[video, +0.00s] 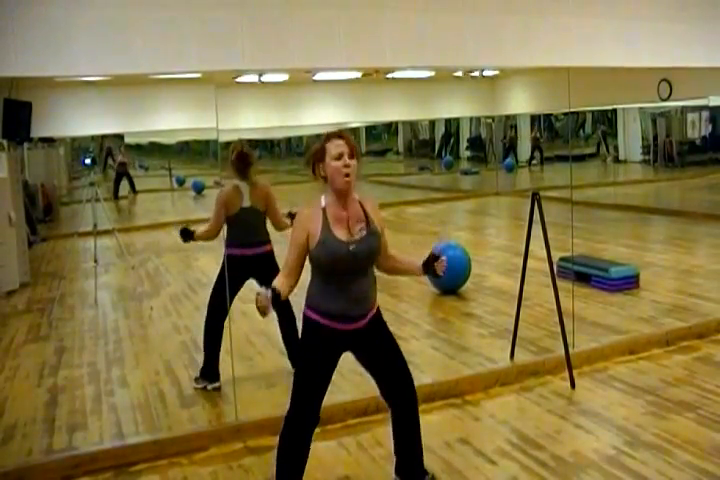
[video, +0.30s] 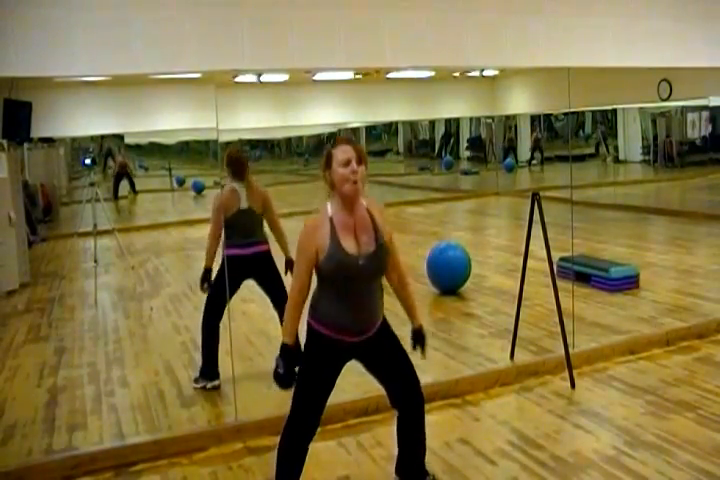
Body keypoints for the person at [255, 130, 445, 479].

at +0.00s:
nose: (347, 163)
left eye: (351, 156)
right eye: (338, 158)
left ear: (357, 163)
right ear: (321, 169)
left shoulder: (368, 209)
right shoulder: (308, 217)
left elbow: (384, 260)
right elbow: (289, 274)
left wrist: (423, 267)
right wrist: (273, 294)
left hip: (368, 325)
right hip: (322, 329)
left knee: (405, 398)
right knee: (302, 417)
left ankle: (411, 473)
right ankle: (287, 478)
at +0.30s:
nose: (354, 170)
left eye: (358, 163)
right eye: (345, 164)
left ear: (365, 169)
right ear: (329, 175)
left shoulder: (375, 218)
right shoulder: (315, 228)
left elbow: (396, 273)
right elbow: (298, 293)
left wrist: (416, 321)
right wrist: (288, 347)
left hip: (374, 334)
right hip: (327, 340)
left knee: (412, 401)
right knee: (303, 423)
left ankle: (412, 472)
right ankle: (285, 477)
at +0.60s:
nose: (356, 166)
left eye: (359, 159)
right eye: (346, 160)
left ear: (366, 164)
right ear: (330, 168)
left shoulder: (378, 207)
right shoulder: (316, 218)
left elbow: (392, 266)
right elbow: (292, 275)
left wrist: (400, 320)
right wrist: (284, 325)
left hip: (385, 335)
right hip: (336, 340)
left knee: (430, 418)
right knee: (313, 435)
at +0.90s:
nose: (362, 163)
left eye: (366, 156)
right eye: (352, 157)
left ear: (372, 162)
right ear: (334, 168)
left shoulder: (388, 212)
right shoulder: (320, 220)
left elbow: (405, 271)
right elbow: (299, 287)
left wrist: (427, 324)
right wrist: (285, 344)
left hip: (390, 341)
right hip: (338, 346)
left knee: (430, 419)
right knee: (314, 444)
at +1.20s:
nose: (372, 193)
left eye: (376, 185)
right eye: (362, 187)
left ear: (383, 194)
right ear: (345, 202)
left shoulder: (402, 244)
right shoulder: (335, 256)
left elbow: (424, 304)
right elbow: (308, 328)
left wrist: (453, 357)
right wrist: (288, 390)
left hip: (397, 364)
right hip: (342, 371)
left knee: (449, 433)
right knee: (310, 461)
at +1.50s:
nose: (377, 144)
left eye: (381, 136)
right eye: (366, 137)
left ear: (389, 142)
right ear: (347, 146)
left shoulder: (405, 191)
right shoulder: (334, 200)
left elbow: (426, 256)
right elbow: (314, 271)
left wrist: (458, 309)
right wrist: (299, 333)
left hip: (411, 326)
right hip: (358, 331)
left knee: (452, 416)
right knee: (335, 435)